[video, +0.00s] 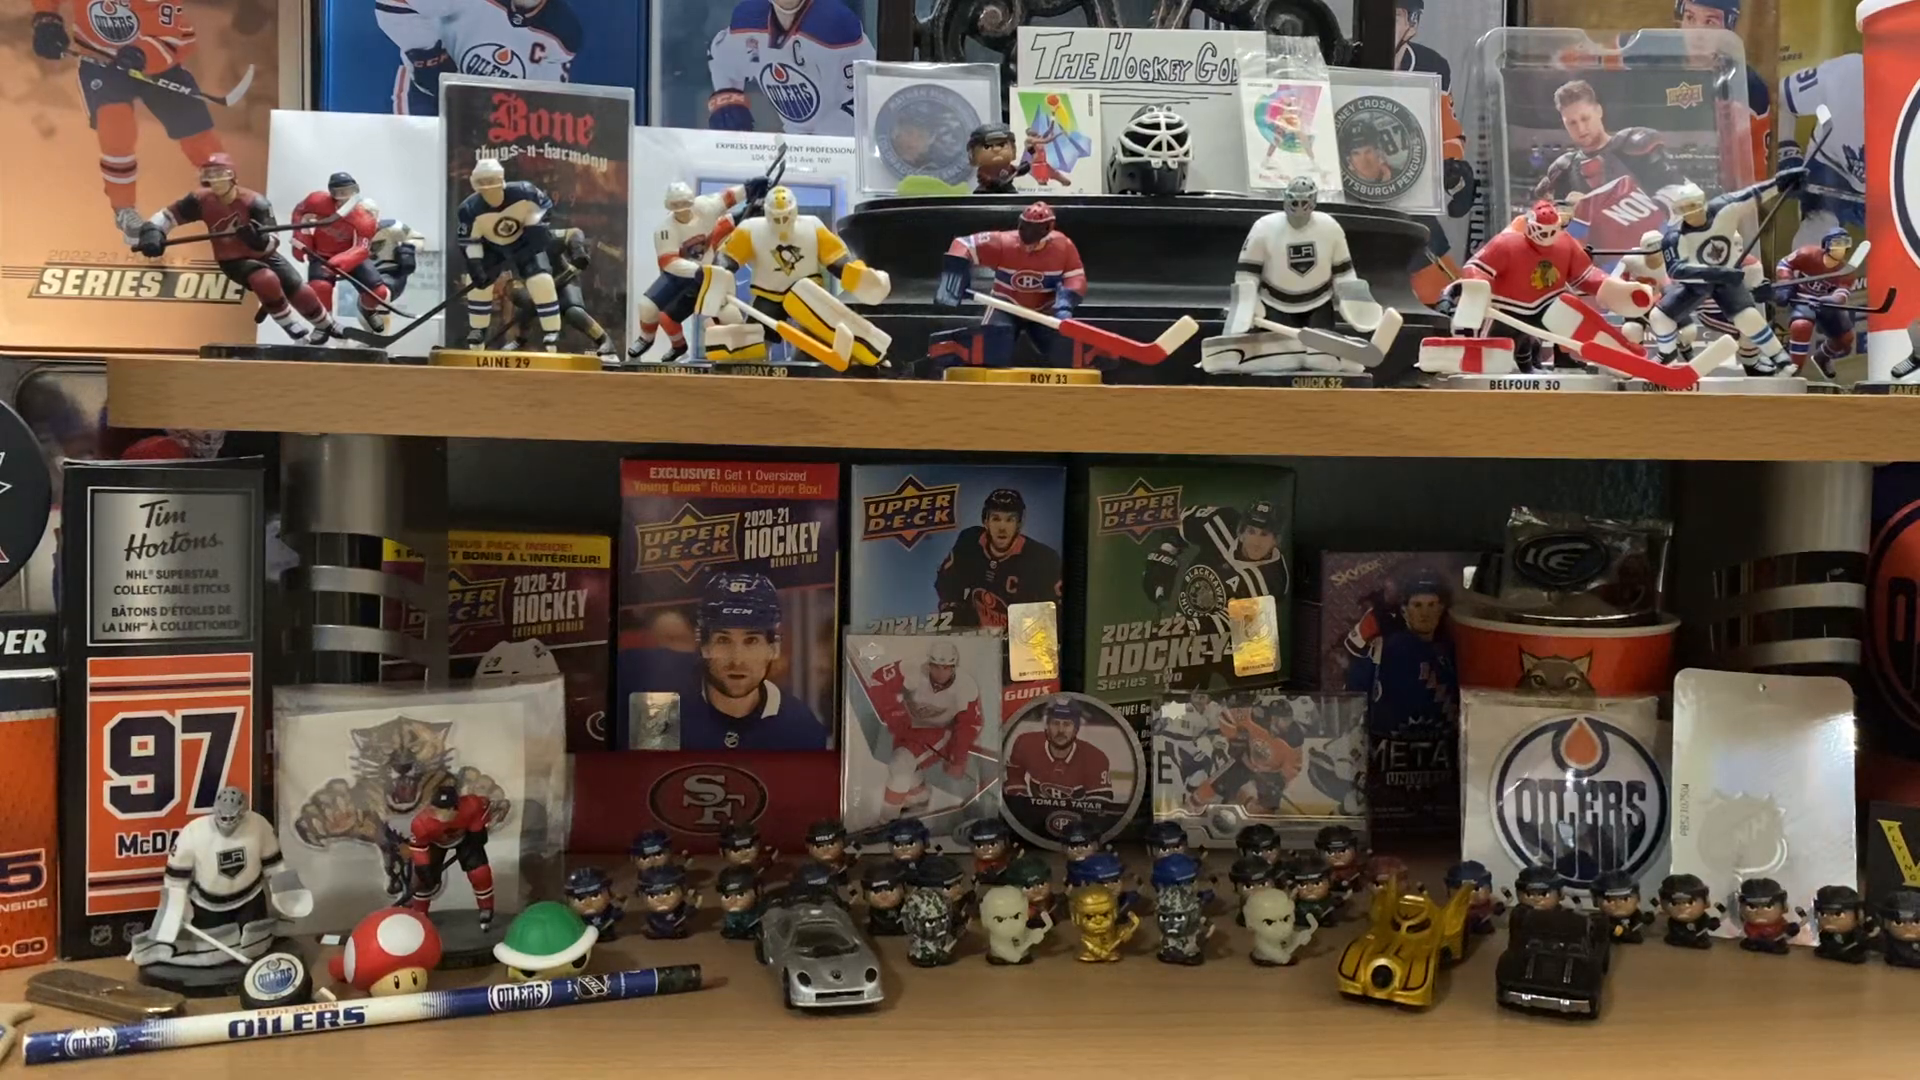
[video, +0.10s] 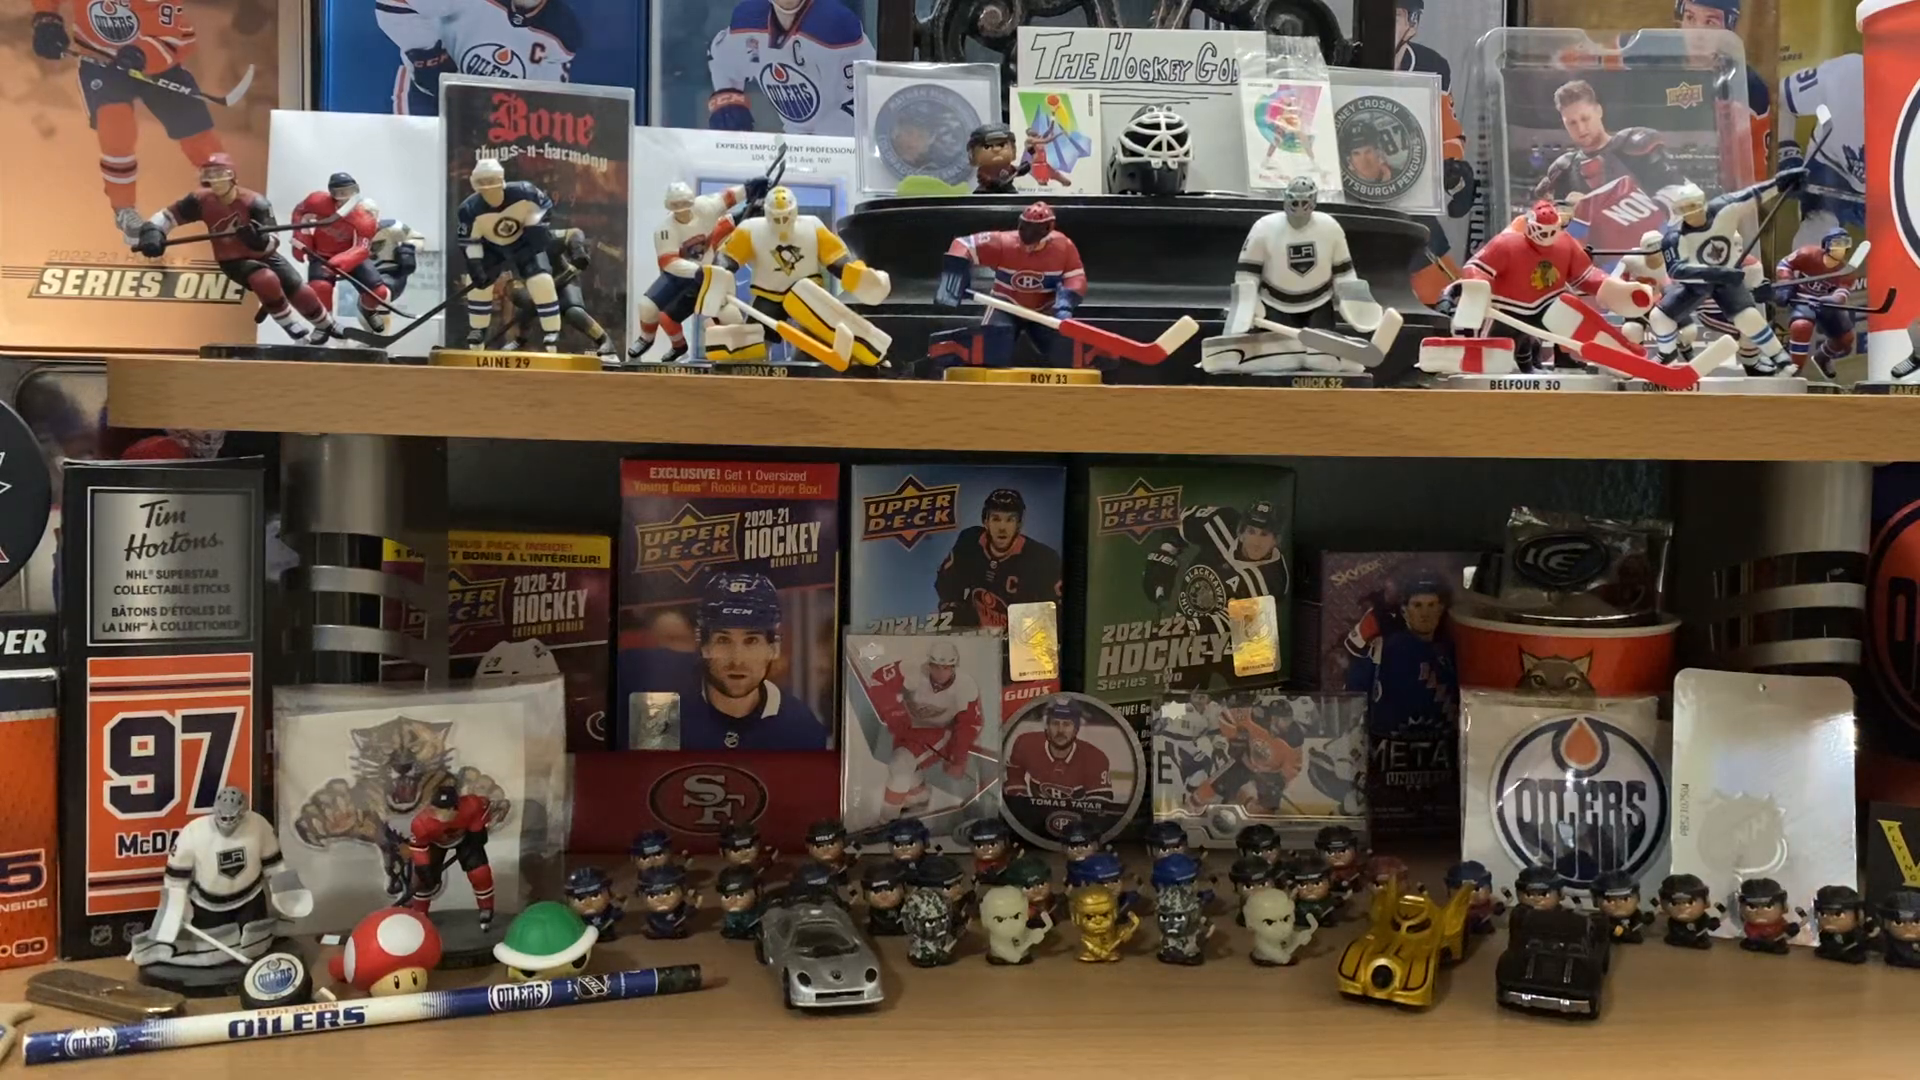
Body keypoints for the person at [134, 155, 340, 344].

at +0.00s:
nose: (213, 181)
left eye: (219, 175)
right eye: (209, 176)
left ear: (232, 177)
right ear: (205, 179)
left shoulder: (254, 202)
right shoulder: (201, 202)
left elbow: (272, 243)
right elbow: (166, 217)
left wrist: (256, 239)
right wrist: (153, 233)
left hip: (265, 254)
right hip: (233, 259)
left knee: (302, 294)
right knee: (267, 279)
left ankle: (330, 327)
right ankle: (292, 325)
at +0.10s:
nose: (214, 181)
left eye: (219, 175)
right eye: (210, 176)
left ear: (232, 177)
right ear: (205, 179)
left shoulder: (254, 202)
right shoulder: (201, 202)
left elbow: (272, 243)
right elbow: (166, 217)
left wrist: (257, 240)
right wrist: (153, 233)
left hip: (265, 254)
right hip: (233, 259)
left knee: (303, 294)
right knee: (267, 279)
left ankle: (330, 327)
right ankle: (294, 328)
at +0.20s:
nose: (214, 181)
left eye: (219, 175)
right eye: (209, 176)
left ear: (232, 177)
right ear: (205, 179)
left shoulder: (254, 202)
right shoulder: (201, 202)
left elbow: (272, 243)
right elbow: (167, 217)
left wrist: (256, 239)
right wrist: (153, 232)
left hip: (265, 254)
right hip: (233, 259)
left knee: (302, 294)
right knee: (267, 279)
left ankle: (329, 327)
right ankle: (294, 328)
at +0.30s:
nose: (214, 181)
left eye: (219, 175)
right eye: (209, 176)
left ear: (232, 177)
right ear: (205, 179)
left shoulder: (254, 202)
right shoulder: (201, 202)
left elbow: (272, 243)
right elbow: (167, 217)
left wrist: (256, 239)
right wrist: (153, 232)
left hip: (265, 254)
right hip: (233, 259)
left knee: (303, 294)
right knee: (267, 279)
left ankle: (329, 327)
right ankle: (294, 328)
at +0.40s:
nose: (214, 181)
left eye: (219, 175)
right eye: (209, 176)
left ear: (232, 177)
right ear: (205, 179)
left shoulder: (254, 202)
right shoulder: (201, 202)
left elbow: (272, 243)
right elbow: (167, 217)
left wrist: (256, 240)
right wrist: (153, 232)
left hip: (265, 254)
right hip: (233, 259)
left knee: (302, 294)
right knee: (267, 279)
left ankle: (329, 327)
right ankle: (294, 328)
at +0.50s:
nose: (214, 182)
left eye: (219, 176)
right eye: (209, 177)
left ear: (232, 177)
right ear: (205, 180)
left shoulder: (254, 202)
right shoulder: (201, 202)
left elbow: (272, 243)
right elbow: (166, 217)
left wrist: (256, 239)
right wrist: (153, 232)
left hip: (265, 254)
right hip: (233, 259)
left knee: (303, 294)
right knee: (267, 279)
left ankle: (330, 327)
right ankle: (292, 325)